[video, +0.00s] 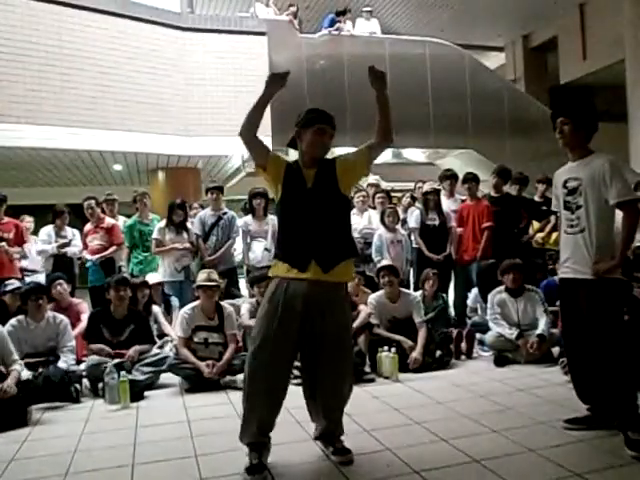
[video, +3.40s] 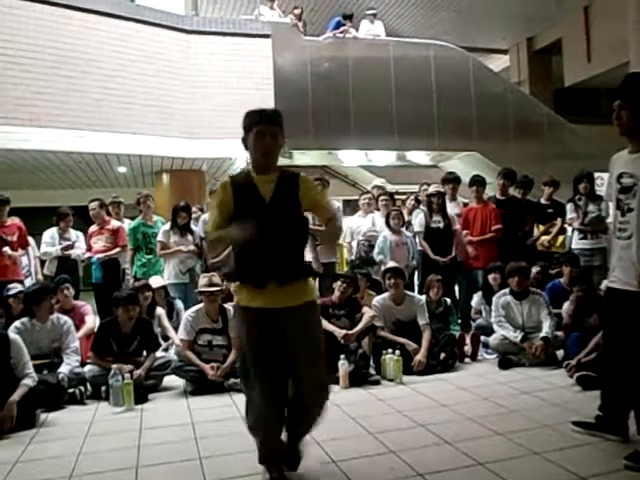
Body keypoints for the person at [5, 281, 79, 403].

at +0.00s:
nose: (39, 302)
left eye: (42, 298)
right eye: (34, 299)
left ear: (47, 301)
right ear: (26, 304)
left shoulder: (60, 322)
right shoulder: (13, 327)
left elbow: (68, 352)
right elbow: (12, 361)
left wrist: (57, 370)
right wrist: (30, 376)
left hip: (54, 368)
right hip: (27, 372)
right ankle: (68, 393)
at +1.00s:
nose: (40, 302)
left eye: (42, 298)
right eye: (35, 299)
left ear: (48, 300)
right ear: (26, 304)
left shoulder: (60, 321)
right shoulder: (14, 326)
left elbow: (68, 352)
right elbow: (11, 360)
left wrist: (57, 371)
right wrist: (26, 375)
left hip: (54, 369)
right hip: (27, 371)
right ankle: (68, 393)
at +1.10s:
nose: (40, 303)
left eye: (42, 299)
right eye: (35, 300)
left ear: (47, 301)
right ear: (26, 304)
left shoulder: (61, 321)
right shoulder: (14, 326)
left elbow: (68, 353)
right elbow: (11, 360)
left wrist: (57, 372)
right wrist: (27, 375)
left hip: (54, 369)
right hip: (28, 372)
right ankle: (66, 394)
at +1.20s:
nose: (40, 303)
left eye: (42, 299)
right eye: (35, 299)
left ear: (48, 301)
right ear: (26, 304)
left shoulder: (61, 322)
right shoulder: (14, 326)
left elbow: (68, 353)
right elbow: (11, 360)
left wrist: (56, 372)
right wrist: (28, 376)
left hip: (54, 369)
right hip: (27, 372)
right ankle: (66, 394)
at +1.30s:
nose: (39, 303)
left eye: (42, 299)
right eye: (34, 300)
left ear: (47, 301)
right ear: (25, 304)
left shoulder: (60, 321)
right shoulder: (14, 326)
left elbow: (69, 353)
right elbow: (10, 359)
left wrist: (55, 372)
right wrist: (25, 375)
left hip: (54, 368)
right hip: (28, 371)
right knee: (20, 388)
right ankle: (68, 394)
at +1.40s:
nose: (39, 303)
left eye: (42, 299)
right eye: (34, 300)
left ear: (47, 301)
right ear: (25, 304)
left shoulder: (60, 321)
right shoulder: (14, 326)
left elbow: (69, 352)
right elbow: (10, 359)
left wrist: (58, 371)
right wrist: (24, 375)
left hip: (53, 367)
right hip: (27, 370)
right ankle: (69, 394)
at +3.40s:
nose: (53, 303)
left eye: (52, 299)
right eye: (47, 300)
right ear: (35, 305)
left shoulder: (64, 323)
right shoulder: (18, 329)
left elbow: (72, 353)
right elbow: (16, 359)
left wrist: (64, 372)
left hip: (58, 369)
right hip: (32, 372)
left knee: (79, 375)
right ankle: (69, 396)